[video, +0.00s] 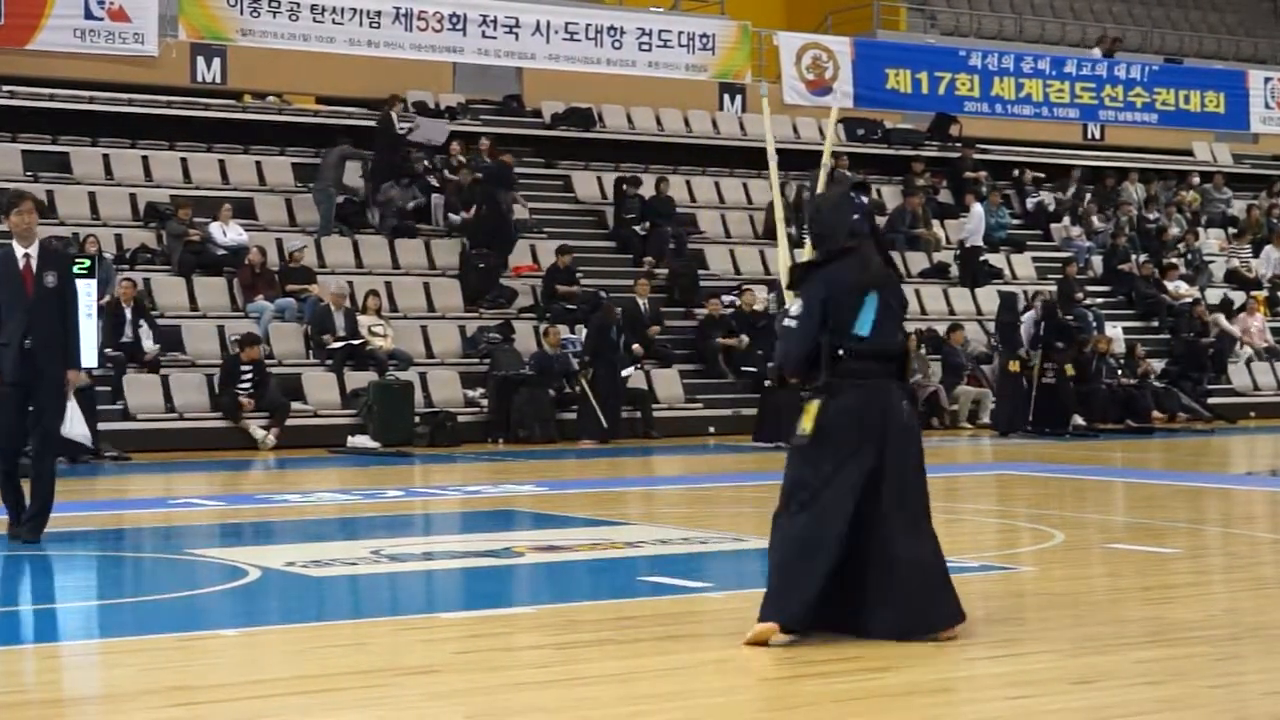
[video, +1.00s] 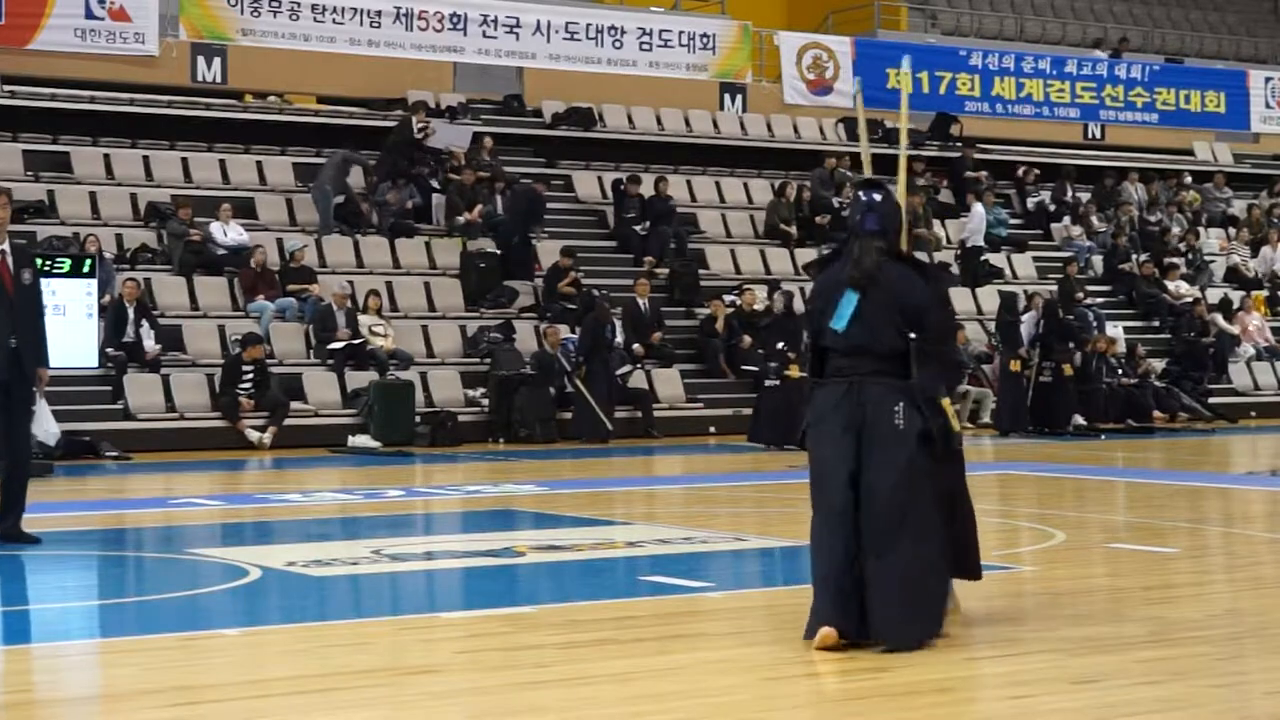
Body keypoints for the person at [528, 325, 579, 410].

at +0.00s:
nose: (558, 337)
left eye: (559, 334)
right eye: (554, 335)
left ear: (561, 335)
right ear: (546, 338)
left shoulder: (564, 356)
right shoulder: (536, 357)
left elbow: (571, 374)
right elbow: (533, 379)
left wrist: (575, 386)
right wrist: (546, 390)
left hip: (563, 392)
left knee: (584, 397)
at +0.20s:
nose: (558, 338)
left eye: (559, 334)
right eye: (554, 335)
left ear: (561, 335)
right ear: (546, 338)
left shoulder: (562, 355)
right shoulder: (537, 357)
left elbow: (571, 372)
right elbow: (533, 379)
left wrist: (574, 386)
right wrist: (547, 390)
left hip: (563, 392)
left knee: (584, 397)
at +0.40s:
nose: (557, 338)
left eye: (558, 335)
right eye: (553, 335)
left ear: (561, 337)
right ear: (546, 338)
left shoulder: (563, 355)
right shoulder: (537, 357)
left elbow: (571, 372)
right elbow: (534, 380)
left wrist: (573, 386)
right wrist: (547, 390)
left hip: (563, 392)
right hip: (544, 395)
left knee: (582, 396)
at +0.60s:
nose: (554, 339)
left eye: (556, 335)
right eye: (551, 336)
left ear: (560, 337)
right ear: (545, 338)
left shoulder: (565, 354)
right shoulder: (537, 357)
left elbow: (572, 372)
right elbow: (535, 379)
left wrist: (576, 386)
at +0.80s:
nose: (553, 339)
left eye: (556, 335)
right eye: (550, 335)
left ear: (561, 337)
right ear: (546, 338)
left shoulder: (566, 355)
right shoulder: (537, 356)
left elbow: (571, 375)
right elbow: (534, 379)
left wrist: (577, 389)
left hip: (563, 392)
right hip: (544, 394)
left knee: (580, 398)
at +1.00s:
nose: (554, 338)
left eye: (556, 334)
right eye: (550, 335)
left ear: (559, 336)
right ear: (545, 339)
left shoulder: (565, 354)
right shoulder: (537, 357)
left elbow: (570, 372)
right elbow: (536, 378)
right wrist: (548, 389)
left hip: (563, 391)